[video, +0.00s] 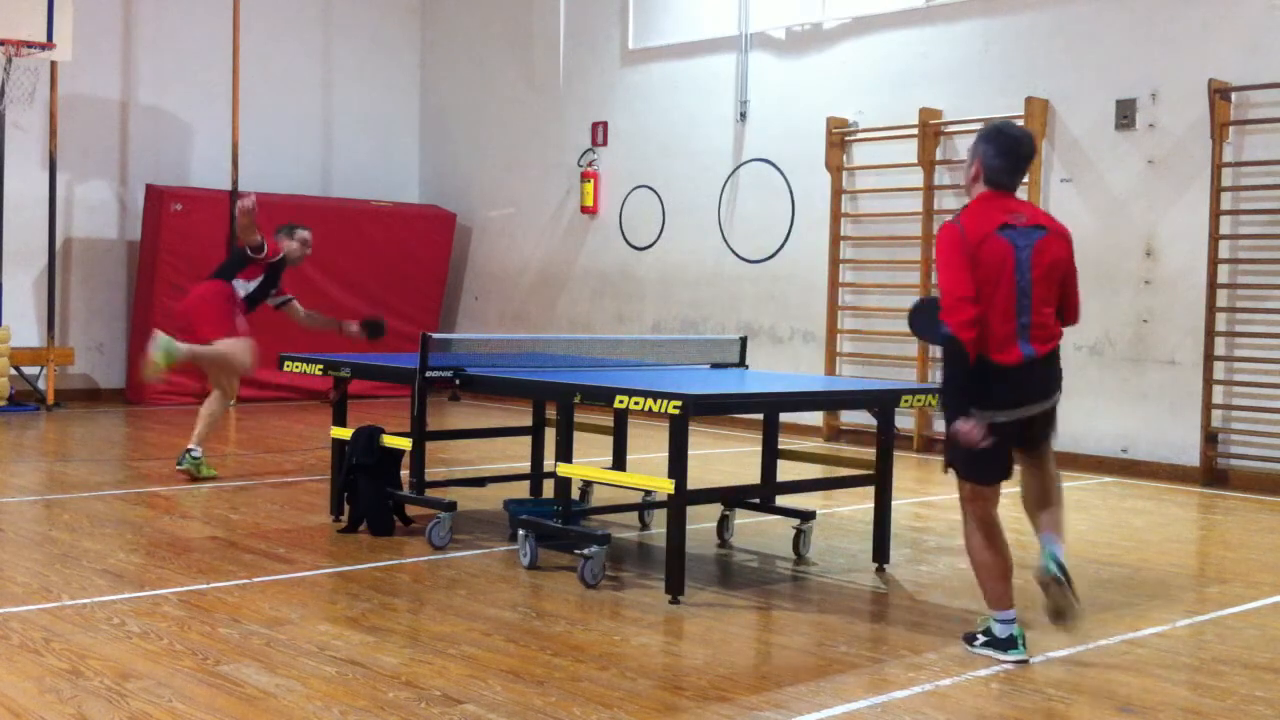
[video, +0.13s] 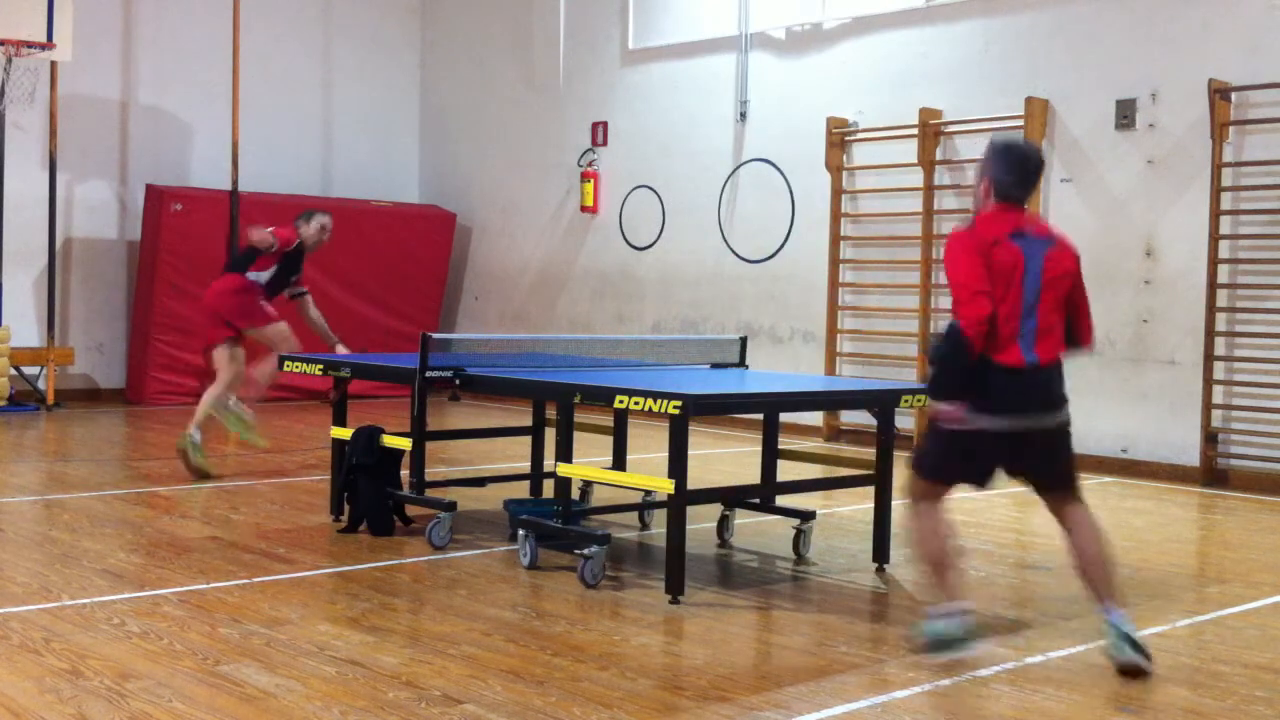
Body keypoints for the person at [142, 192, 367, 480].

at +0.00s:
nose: (308, 251)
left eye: (310, 247)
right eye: (304, 244)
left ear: (298, 247)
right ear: (284, 240)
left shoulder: (273, 284)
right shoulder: (267, 252)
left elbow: (303, 316)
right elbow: (250, 237)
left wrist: (343, 326)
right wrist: (245, 215)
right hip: (213, 296)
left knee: (226, 389)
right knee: (244, 358)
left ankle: (193, 453)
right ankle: (174, 349)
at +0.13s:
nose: (324, 236)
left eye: (328, 232)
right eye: (321, 228)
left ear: (325, 238)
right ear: (303, 225)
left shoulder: (293, 264)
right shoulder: (290, 238)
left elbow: (309, 310)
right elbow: (271, 238)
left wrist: (336, 344)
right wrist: (261, 239)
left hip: (217, 296)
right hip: (236, 292)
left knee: (229, 373)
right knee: (289, 348)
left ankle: (192, 434)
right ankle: (234, 400)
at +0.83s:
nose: (284, 244)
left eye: (289, 239)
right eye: (278, 238)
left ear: (293, 243)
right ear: (265, 241)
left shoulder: (291, 269)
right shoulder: (247, 261)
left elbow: (294, 305)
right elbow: (217, 302)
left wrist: (297, 340)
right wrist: (241, 332)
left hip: (265, 325)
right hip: (232, 323)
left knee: (293, 374)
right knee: (220, 372)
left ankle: (284, 431)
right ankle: (175, 426)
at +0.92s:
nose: (271, 247)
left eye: (276, 242)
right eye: (265, 241)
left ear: (280, 245)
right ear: (253, 244)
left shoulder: (278, 272)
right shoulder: (234, 264)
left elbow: (285, 307)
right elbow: (202, 303)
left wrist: (285, 335)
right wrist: (224, 332)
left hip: (257, 332)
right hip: (222, 329)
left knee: (288, 375)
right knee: (196, 381)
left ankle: (285, 431)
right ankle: (155, 432)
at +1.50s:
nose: (235, 228)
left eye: (240, 223)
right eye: (230, 222)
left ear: (248, 226)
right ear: (222, 225)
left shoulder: (256, 254)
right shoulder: (212, 248)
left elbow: (279, 295)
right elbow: (189, 266)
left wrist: (266, 298)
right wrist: (156, 278)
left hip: (243, 320)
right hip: (208, 316)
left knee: (267, 362)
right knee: (181, 369)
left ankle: (283, 426)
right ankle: (185, 417)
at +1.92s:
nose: (209, 225)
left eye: (213, 221)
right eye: (204, 220)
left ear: (218, 224)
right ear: (193, 224)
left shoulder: (227, 251)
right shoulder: (179, 247)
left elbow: (245, 282)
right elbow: (165, 274)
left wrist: (251, 306)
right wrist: (165, 302)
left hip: (217, 315)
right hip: (181, 312)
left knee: (232, 367)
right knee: (156, 361)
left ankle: (234, 419)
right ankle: (135, 418)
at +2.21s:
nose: (167, 232)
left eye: (171, 227)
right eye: (161, 226)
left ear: (176, 231)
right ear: (148, 230)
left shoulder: (178, 258)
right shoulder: (132, 253)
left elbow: (191, 284)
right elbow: (107, 286)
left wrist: (210, 306)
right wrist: (113, 302)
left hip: (168, 323)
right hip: (131, 321)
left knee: (195, 369)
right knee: (109, 370)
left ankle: (221, 419)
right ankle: (98, 425)